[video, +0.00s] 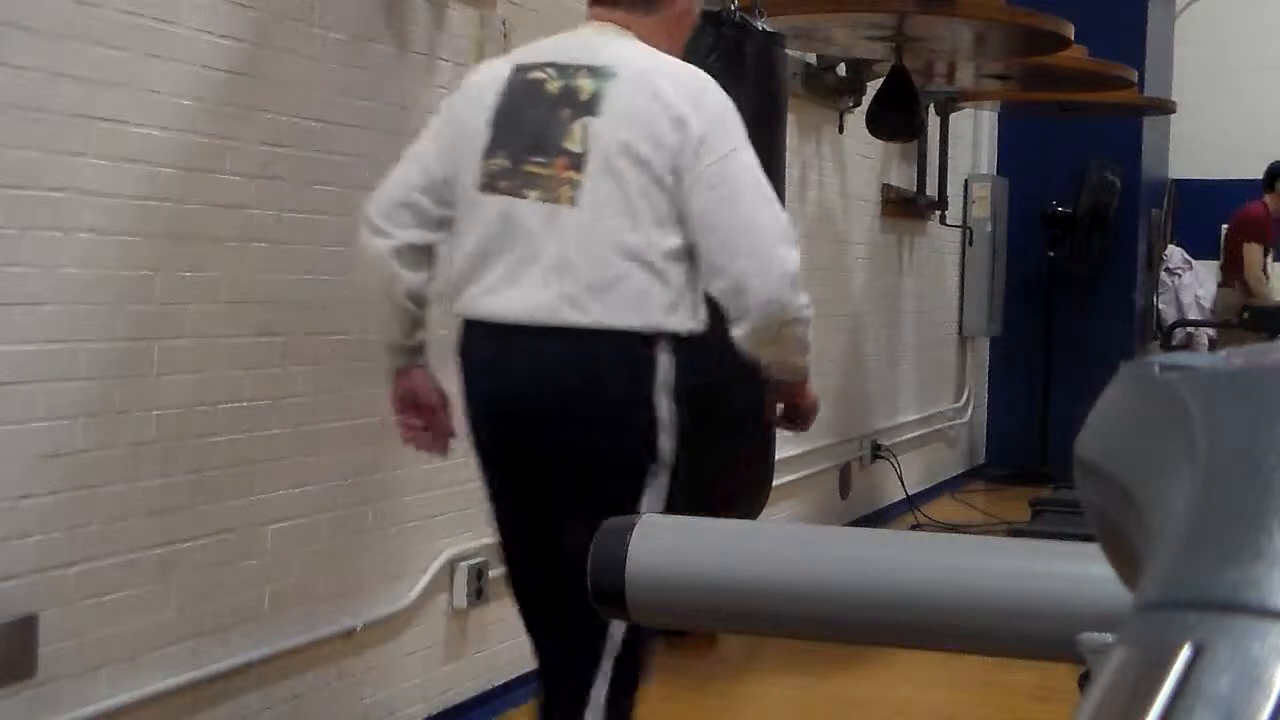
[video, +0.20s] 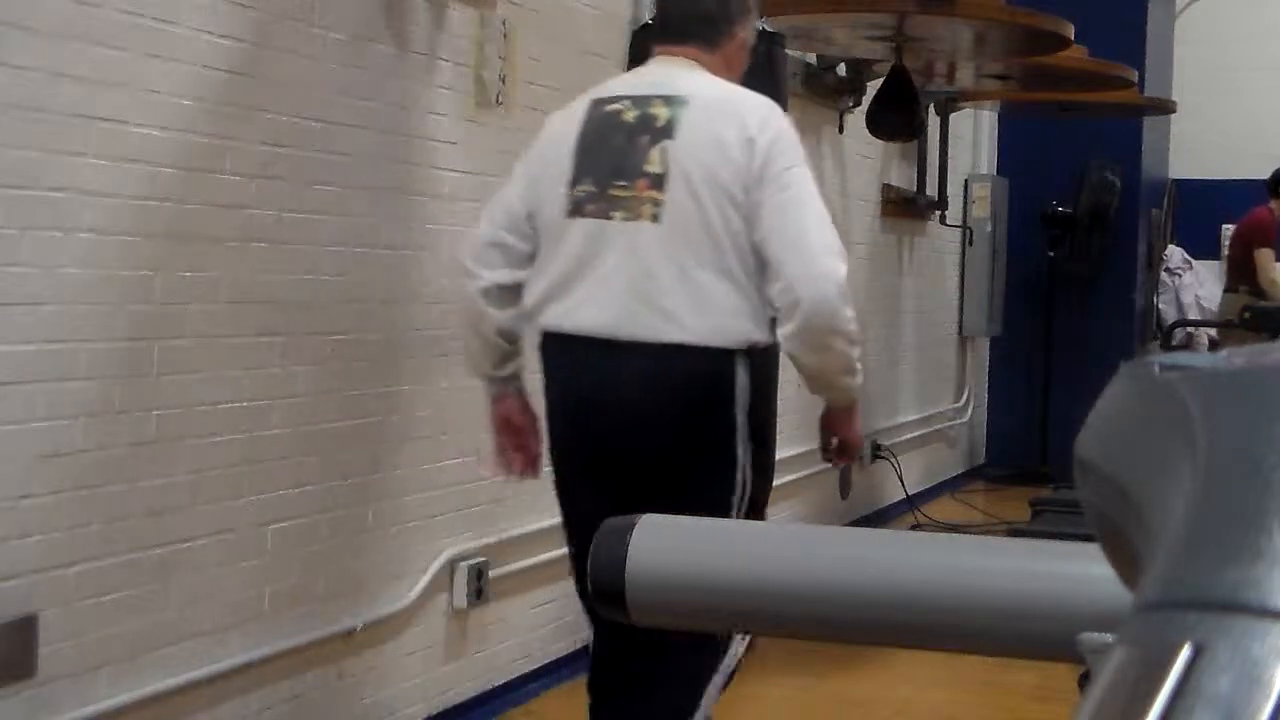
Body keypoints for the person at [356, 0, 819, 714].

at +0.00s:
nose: (693, 29)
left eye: (696, 19)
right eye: (695, 16)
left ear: (594, 5)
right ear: (680, 10)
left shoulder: (490, 80)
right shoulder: (686, 96)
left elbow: (394, 219)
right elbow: (760, 273)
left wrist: (406, 359)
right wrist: (788, 375)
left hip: (495, 359)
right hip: (623, 363)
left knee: (542, 586)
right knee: (609, 590)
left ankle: (570, 707)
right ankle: (586, 712)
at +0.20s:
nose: (749, 56)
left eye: (750, 41)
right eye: (748, 41)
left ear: (658, 31)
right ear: (733, 38)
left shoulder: (574, 116)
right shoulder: (756, 122)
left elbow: (492, 258)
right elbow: (814, 288)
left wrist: (502, 382)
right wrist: (841, 398)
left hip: (578, 377)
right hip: (707, 383)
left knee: (608, 596)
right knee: (700, 595)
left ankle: (618, 710)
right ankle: (664, 714)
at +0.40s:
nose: (811, 45)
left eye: (809, 33)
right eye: (811, 35)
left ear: (725, 28)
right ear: (802, 36)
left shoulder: (644, 105)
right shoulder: (823, 116)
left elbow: (561, 237)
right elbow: (874, 272)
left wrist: (579, 355)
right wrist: (891, 370)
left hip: (652, 363)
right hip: (775, 370)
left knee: (650, 571)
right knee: (800, 560)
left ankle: (639, 712)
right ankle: (788, 708)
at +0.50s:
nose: (840, 61)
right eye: (841, 49)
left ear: (751, 43)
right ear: (833, 52)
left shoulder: (683, 123)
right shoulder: (863, 136)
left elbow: (593, 249)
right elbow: (928, 279)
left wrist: (610, 361)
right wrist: (928, 366)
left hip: (680, 376)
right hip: (807, 387)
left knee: (672, 585)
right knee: (853, 574)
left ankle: (654, 716)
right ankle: (882, 716)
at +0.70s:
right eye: (914, 82)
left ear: (828, 81)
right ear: (908, 85)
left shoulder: (774, 147)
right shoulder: (947, 162)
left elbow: (700, 266)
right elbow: (1020, 295)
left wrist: (692, 380)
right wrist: (989, 357)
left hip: (778, 386)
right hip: (898, 395)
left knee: (753, 584)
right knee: (933, 579)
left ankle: (705, 713)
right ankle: (949, 714)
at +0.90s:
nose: (955, 73)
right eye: (953, 65)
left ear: (870, 71)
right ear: (946, 69)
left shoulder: (830, 133)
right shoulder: (995, 136)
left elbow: (793, 255)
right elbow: (1069, 254)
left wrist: (790, 370)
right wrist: (1010, 236)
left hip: (850, 353)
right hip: (956, 360)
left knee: (844, 527)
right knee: (957, 540)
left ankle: (808, 696)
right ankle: (952, 705)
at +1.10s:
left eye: (886, 77)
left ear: (888, 79)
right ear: (960, 78)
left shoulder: (861, 147)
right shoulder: (1013, 138)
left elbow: (838, 273)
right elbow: (1072, 174)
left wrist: (833, 381)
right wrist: (1008, 206)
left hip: (892, 362)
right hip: (990, 364)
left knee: (888, 542)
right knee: (976, 541)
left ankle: (915, 694)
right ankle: (961, 701)